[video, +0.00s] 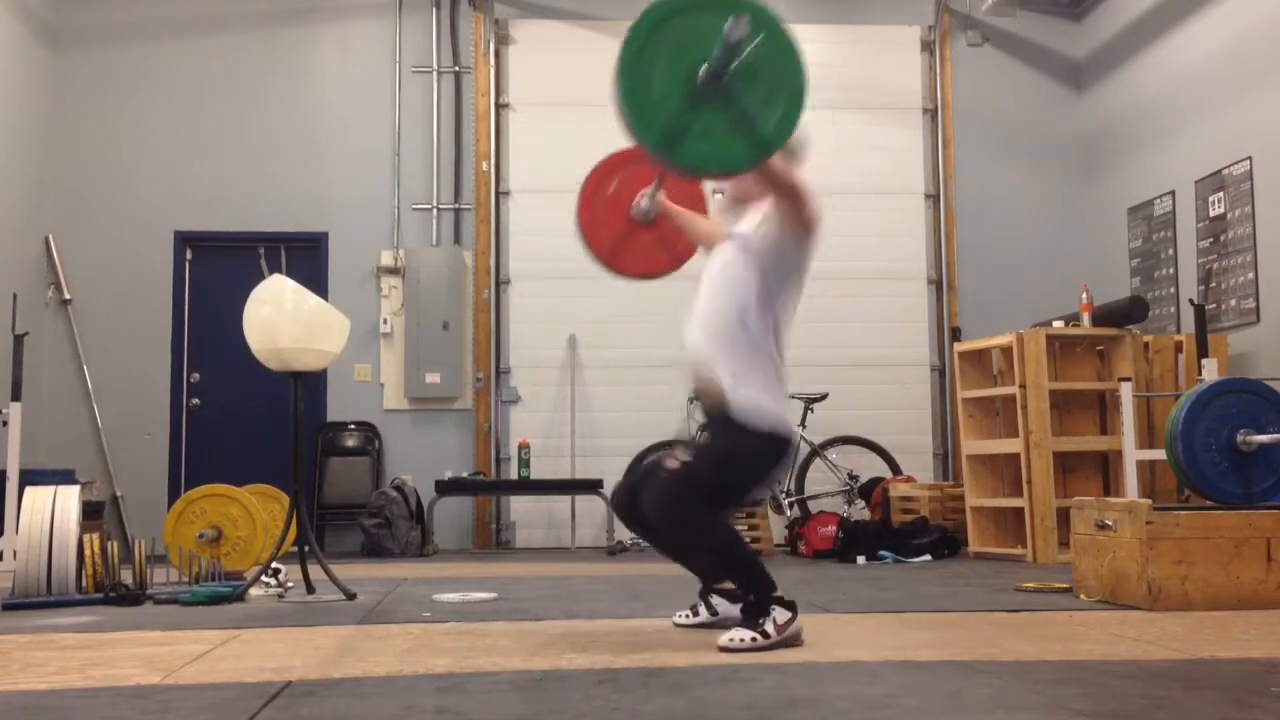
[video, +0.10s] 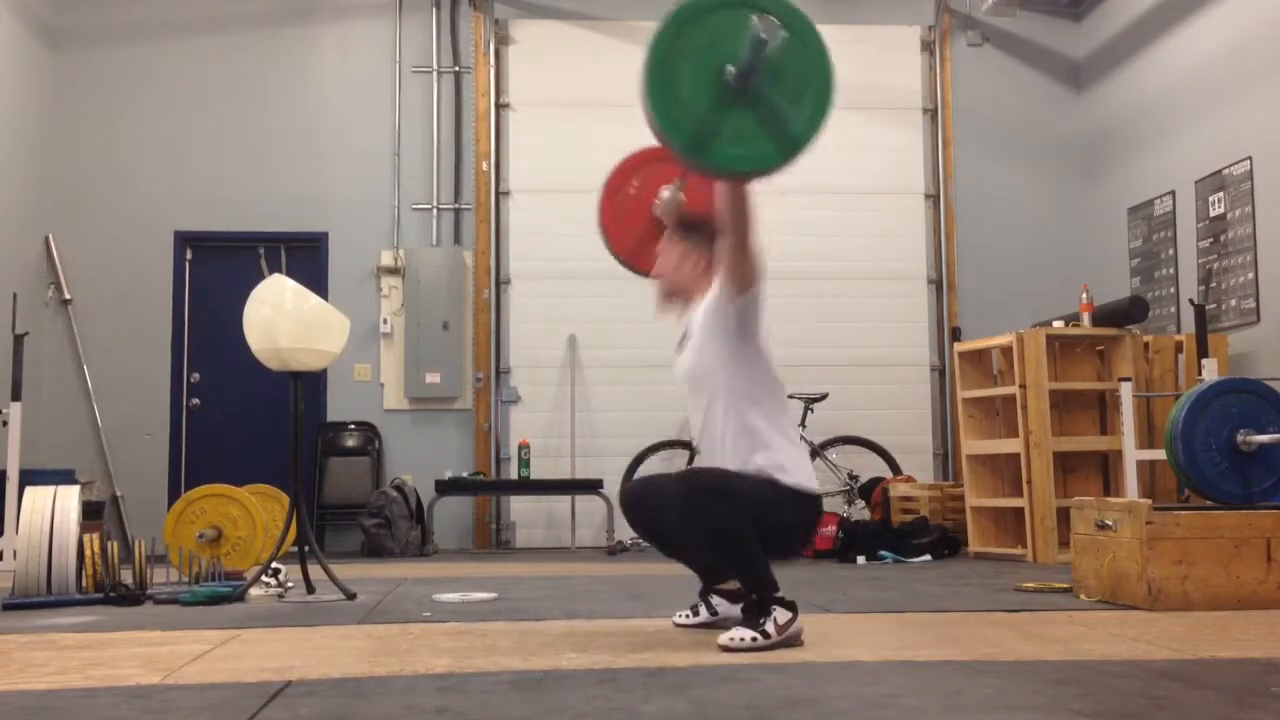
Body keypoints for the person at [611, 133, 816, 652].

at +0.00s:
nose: (720, 172)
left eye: (735, 161)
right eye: (721, 161)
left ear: (767, 166)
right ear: (728, 173)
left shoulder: (782, 232)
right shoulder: (736, 232)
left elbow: (792, 195)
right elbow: (710, 233)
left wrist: (741, 136)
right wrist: (663, 208)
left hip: (758, 429)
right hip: (721, 423)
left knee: (671, 499)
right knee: (632, 499)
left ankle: (773, 610)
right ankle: (725, 594)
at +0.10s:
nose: (656, 263)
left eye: (668, 250)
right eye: (659, 250)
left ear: (701, 258)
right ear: (688, 262)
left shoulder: (728, 312)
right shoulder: (698, 323)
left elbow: (737, 242)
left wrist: (733, 165)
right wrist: (678, 216)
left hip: (788, 503)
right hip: (738, 496)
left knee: (693, 491)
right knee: (641, 496)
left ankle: (773, 609)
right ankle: (726, 592)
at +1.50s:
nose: (595, 235)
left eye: (600, 221)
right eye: (594, 223)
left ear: (638, 219)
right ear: (637, 222)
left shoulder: (689, 254)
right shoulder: (657, 274)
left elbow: (712, 171)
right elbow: (672, 218)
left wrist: (739, 92)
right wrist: (668, 177)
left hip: (800, 406)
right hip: (751, 415)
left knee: (700, 465)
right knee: (659, 472)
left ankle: (774, 608)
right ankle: (727, 592)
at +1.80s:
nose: (598, 180)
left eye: (603, 165)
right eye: (596, 167)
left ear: (641, 160)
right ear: (639, 163)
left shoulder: (687, 199)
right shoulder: (657, 224)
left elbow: (707, 117)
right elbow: (683, 138)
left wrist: (726, 35)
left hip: (787, 360)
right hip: (736, 373)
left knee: (714, 458)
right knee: (673, 461)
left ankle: (775, 608)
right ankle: (728, 593)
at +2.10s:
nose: (589, 111)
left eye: (595, 95)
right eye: (588, 99)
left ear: (636, 89)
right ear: (628, 94)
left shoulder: (680, 132)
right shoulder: (641, 155)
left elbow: (692, 54)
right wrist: (677, 57)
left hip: (761, 313)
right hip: (722, 323)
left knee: (749, 446)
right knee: (704, 444)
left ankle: (775, 605)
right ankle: (732, 593)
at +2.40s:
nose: (668, 63)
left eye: (678, 50)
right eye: (667, 53)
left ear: (713, 55)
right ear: (679, 67)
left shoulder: (735, 110)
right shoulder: (700, 120)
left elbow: (736, 48)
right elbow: (674, 110)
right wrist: (645, 78)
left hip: (736, 312)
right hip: (699, 313)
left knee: (749, 456)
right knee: (710, 459)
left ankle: (775, 607)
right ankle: (730, 595)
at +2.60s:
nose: (723, 66)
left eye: (733, 53)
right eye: (715, 54)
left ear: (753, 59)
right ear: (705, 62)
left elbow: (771, 137)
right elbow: (656, 187)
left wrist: (710, 98)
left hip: (746, 316)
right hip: (702, 316)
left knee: (755, 457)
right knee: (710, 457)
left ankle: (778, 607)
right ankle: (731, 594)